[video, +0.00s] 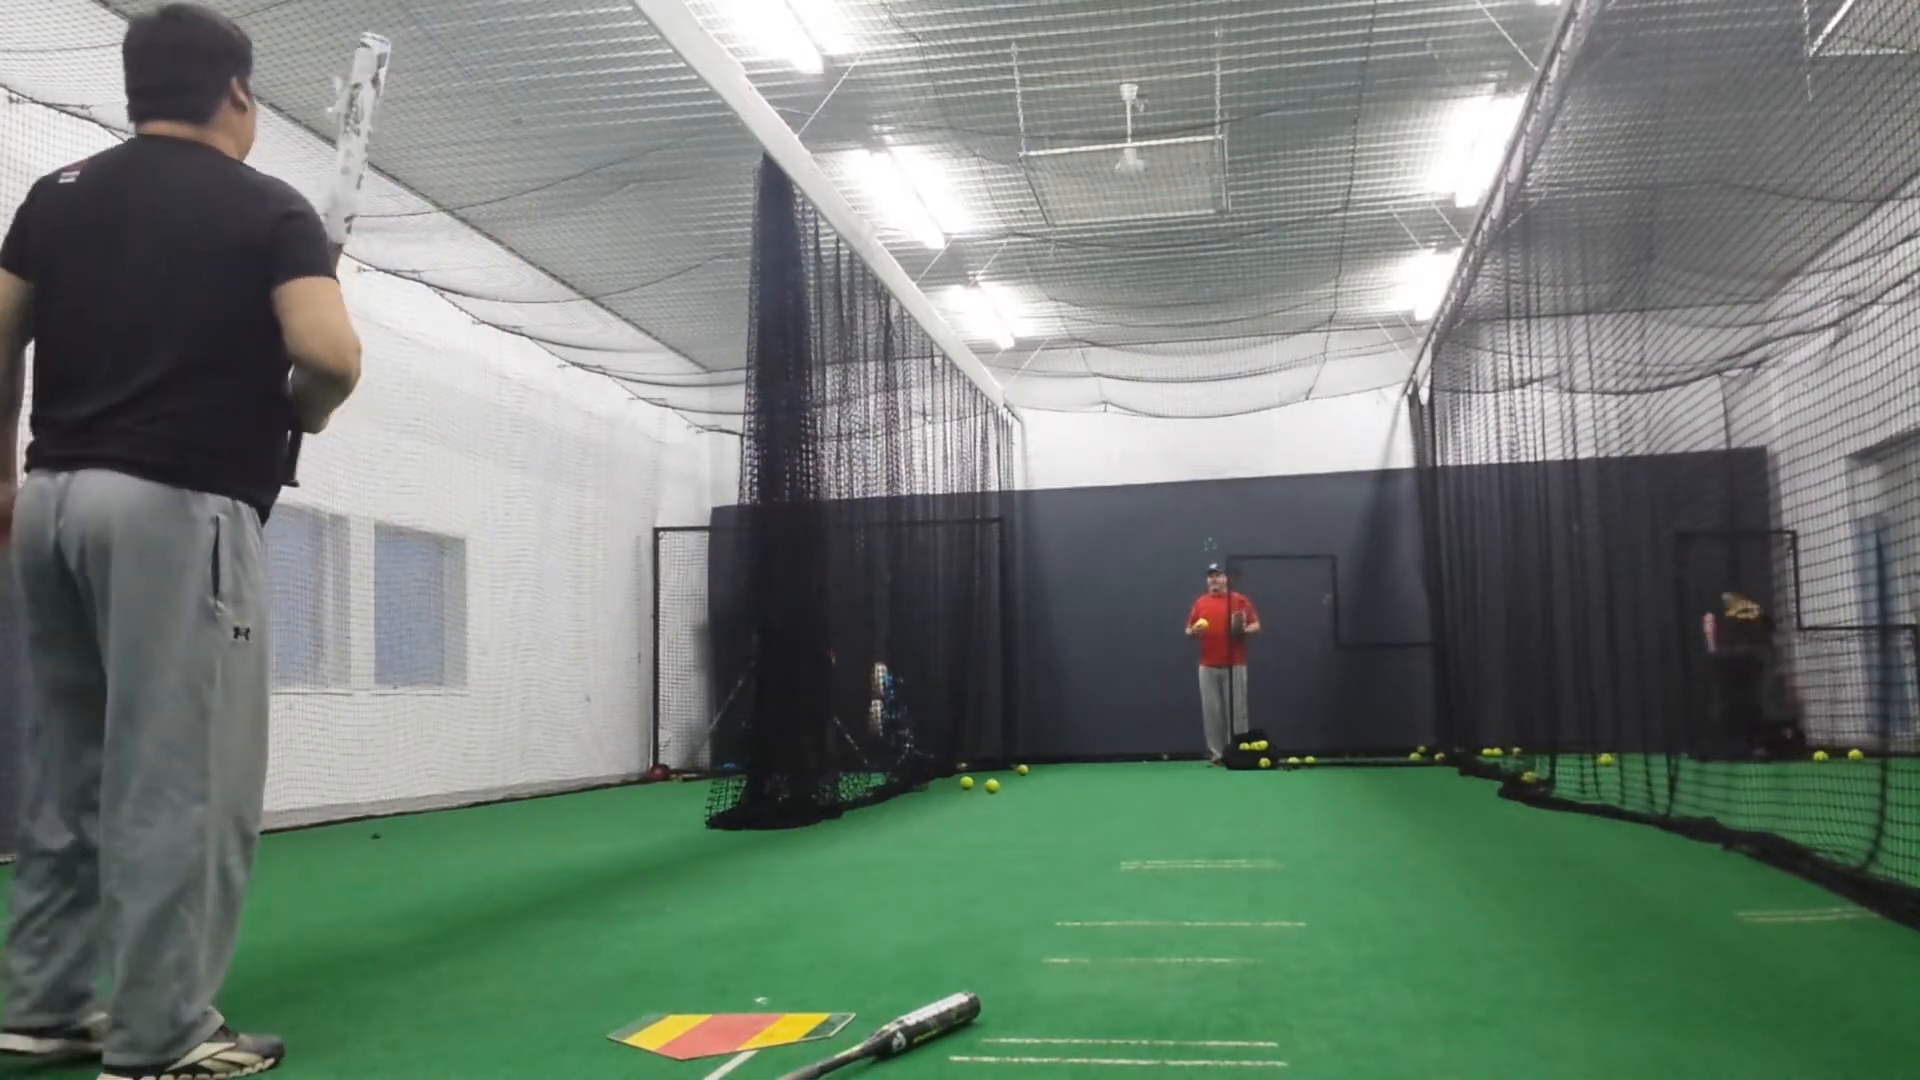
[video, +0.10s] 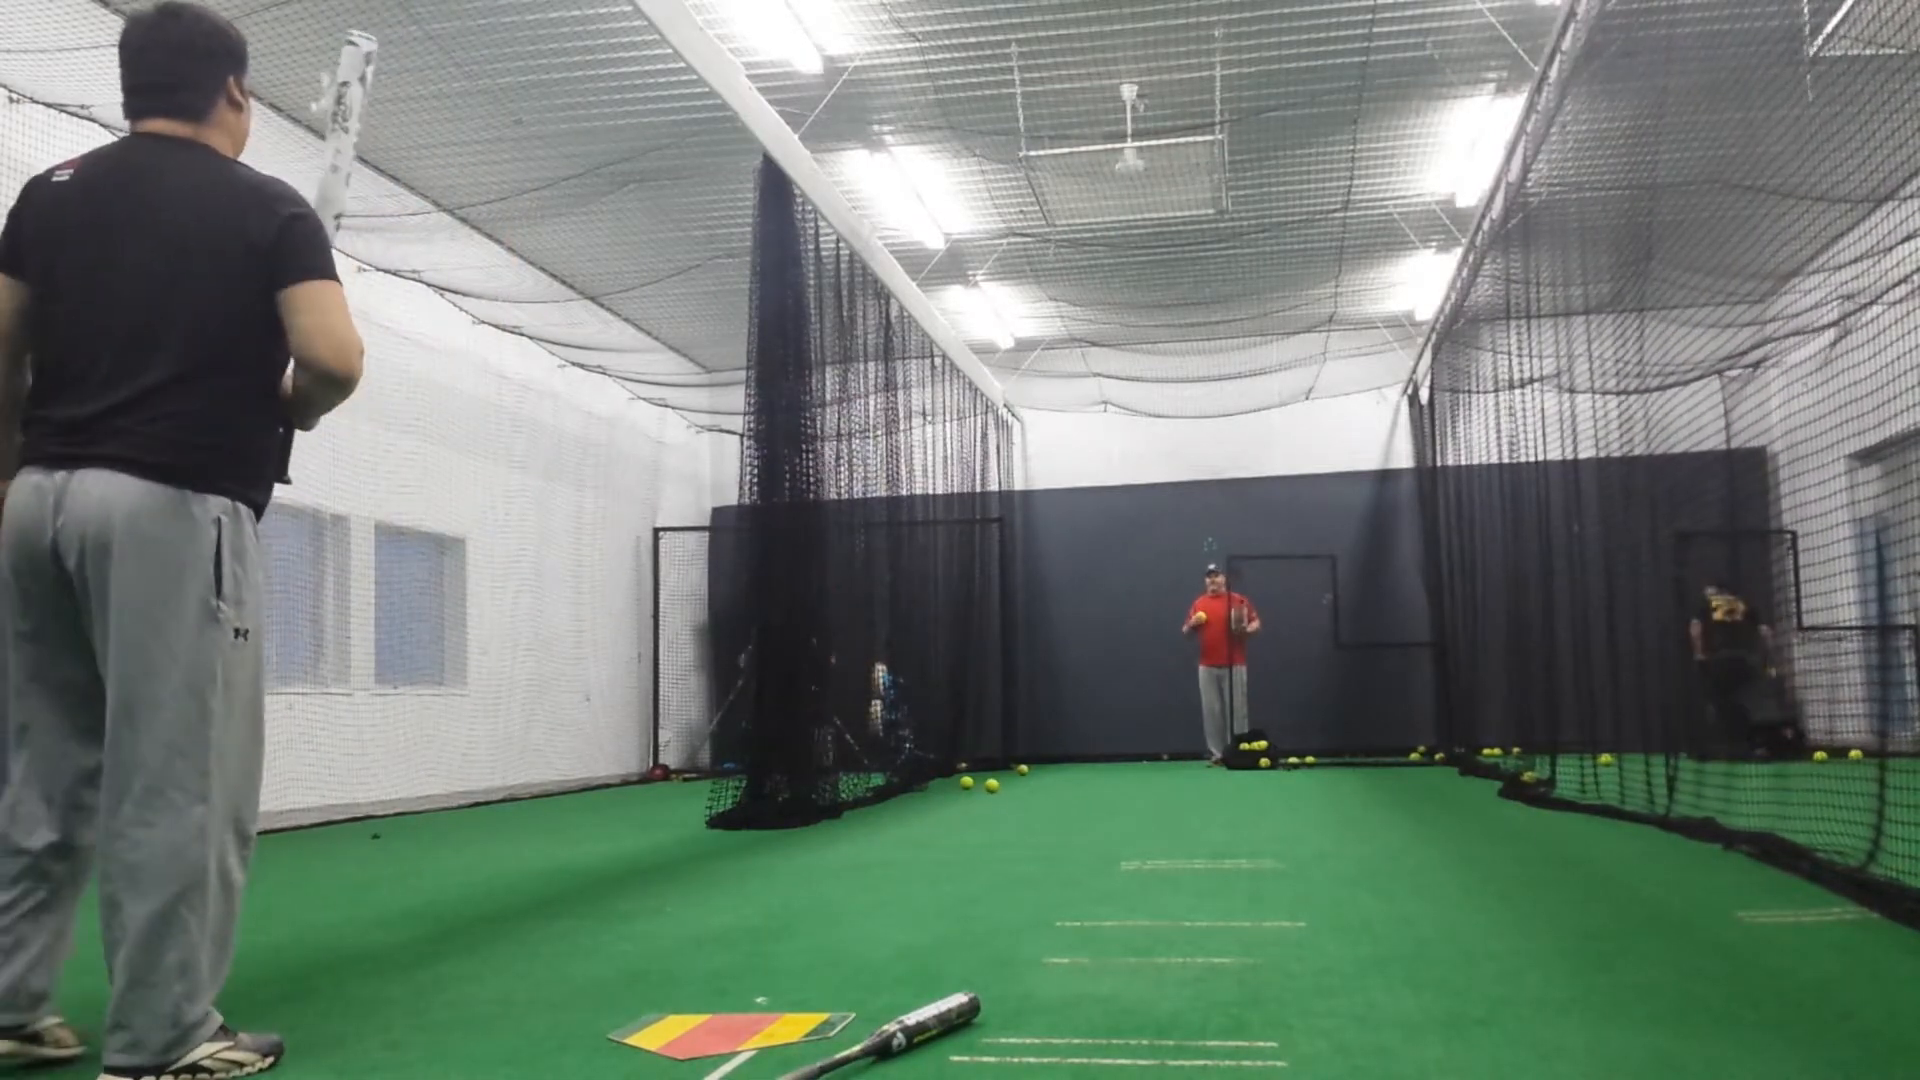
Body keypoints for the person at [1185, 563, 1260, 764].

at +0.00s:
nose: (1214, 580)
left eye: (1217, 576)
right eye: (1211, 577)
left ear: (1226, 579)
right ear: (1207, 580)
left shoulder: (1239, 601)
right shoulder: (1201, 602)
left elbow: (1256, 625)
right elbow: (1188, 630)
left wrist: (1244, 628)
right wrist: (1195, 629)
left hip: (1235, 663)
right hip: (1209, 664)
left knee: (1238, 708)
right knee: (1212, 709)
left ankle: (1240, 751)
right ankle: (1216, 752)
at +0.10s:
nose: (1213, 581)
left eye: (1216, 576)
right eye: (1210, 577)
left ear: (1224, 579)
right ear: (1205, 581)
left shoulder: (1239, 601)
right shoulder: (1200, 603)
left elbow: (1256, 622)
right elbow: (1185, 631)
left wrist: (1246, 628)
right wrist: (1193, 623)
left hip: (1235, 663)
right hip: (1209, 664)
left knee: (1238, 708)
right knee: (1211, 709)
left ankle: (1240, 751)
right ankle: (1216, 753)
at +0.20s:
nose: (1212, 581)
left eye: (1215, 577)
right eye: (1208, 578)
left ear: (1223, 579)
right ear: (1204, 582)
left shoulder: (1237, 601)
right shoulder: (1199, 604)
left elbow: (1256, 621)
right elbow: (1180, 629)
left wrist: (1244, 626)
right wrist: (1189, 616)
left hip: (1235, 663)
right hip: (1209, 664)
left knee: (1238, 707)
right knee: (1211, 709)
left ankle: (1240, 750)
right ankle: (1216, 752)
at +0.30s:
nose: (1211, 581)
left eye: (1214, 576)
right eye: (1207, 577)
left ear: (1221, 578)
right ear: (1202, 581)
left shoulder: (1236, 600)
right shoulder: (1198, 604)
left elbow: (1256, 621)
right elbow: (1176, 626)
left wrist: (1242, 624)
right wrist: (1187, 603)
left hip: (1234, 662)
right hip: (1208, 663)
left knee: (1238, 707)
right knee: (1212, 709)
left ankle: (1241, 750)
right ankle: (1216, 752)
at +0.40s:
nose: (1211, 581)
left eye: (1214, 576)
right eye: (1207, 577)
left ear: (1221, 578)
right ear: (1202, 582)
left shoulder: (1236, 599)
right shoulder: (1197, 603)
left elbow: (1255, 622)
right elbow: (1174, 618)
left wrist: (1241, 624)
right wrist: (1187, 595)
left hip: (1234, 662)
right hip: (1208, 663)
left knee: (1238, 706)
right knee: (1211, 709)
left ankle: (1241, 750)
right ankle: (1217, 751)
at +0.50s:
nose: (1211, 581)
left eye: (1214, 576)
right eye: (1207, 577)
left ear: (1221, 578)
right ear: (1202, 581)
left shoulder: (1235, 599)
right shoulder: (1196, 602)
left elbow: (1255, 622)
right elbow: (1173, 614)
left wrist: (1241, 623)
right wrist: (1187, 592)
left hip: (1234, 662)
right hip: (1208, 663)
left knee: (1238, 707)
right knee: (1211, 709)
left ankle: (1241, 750)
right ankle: (1217, 752)